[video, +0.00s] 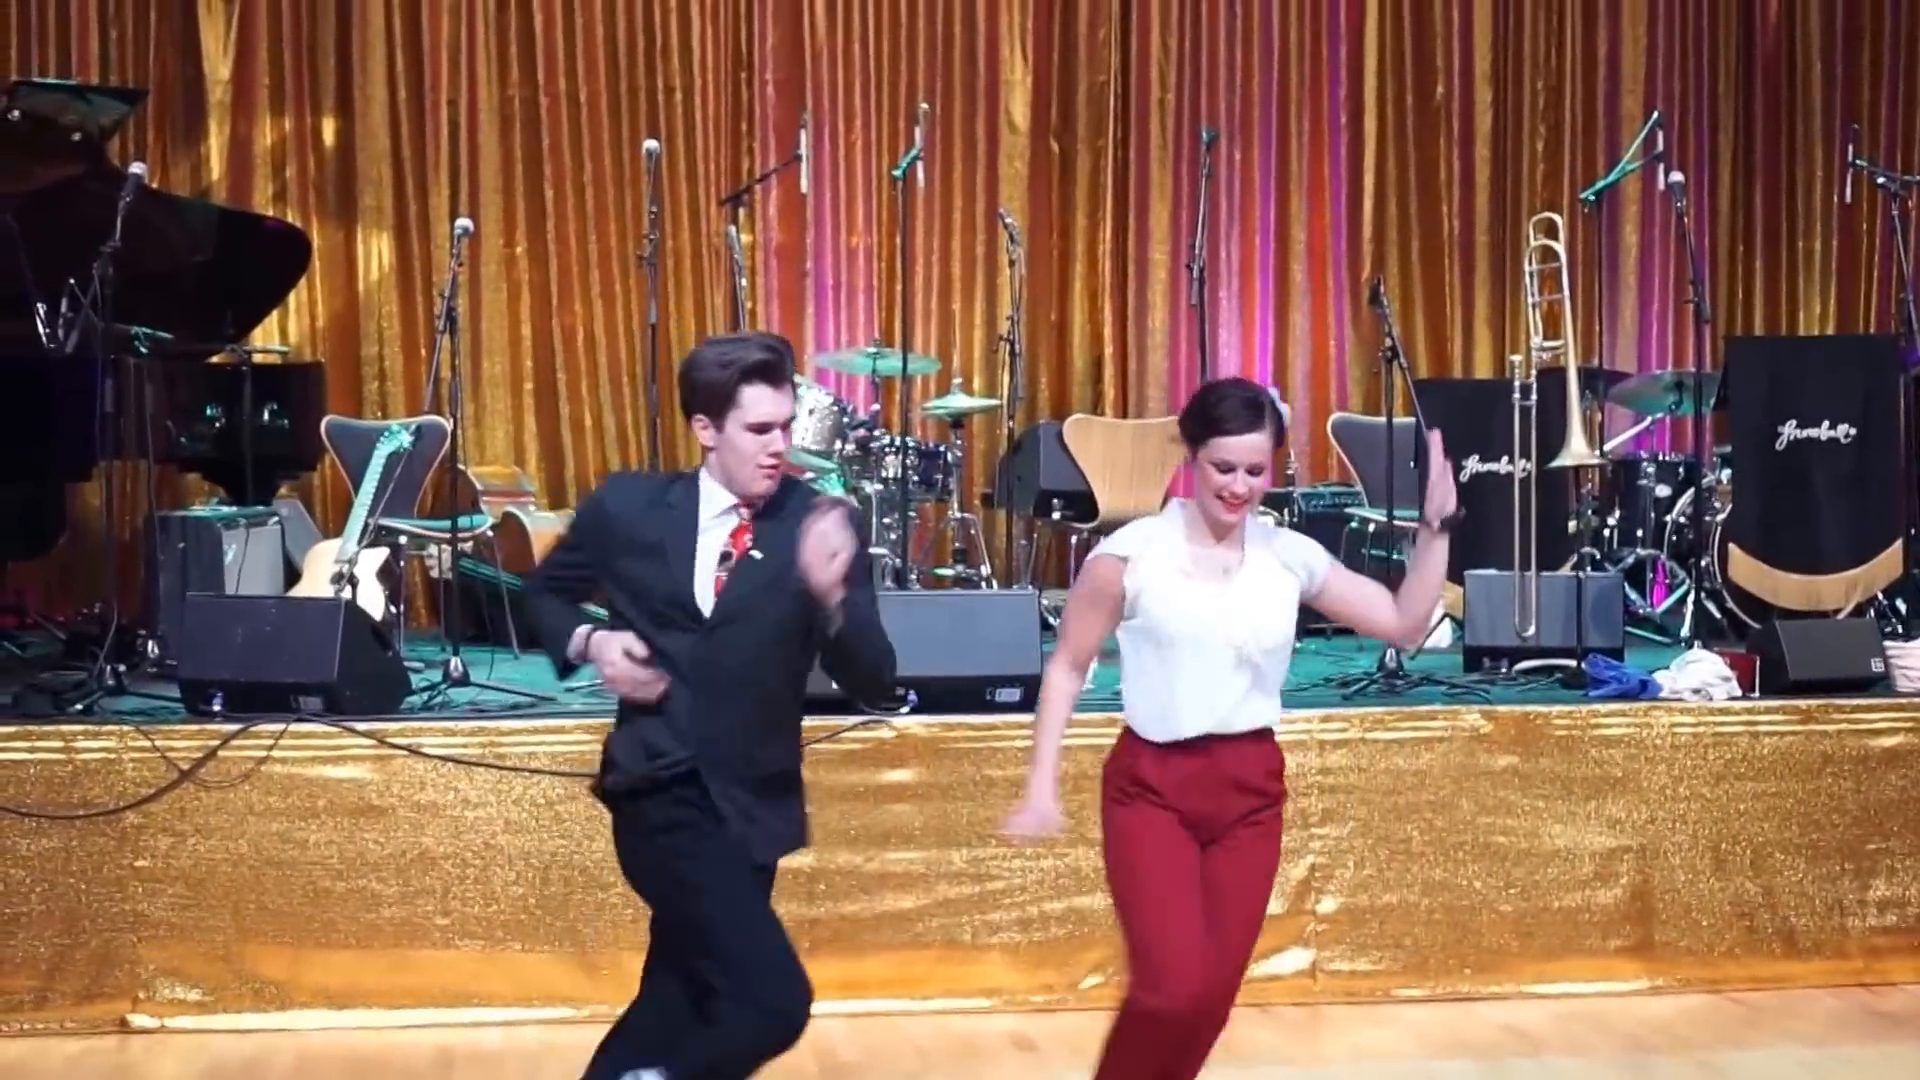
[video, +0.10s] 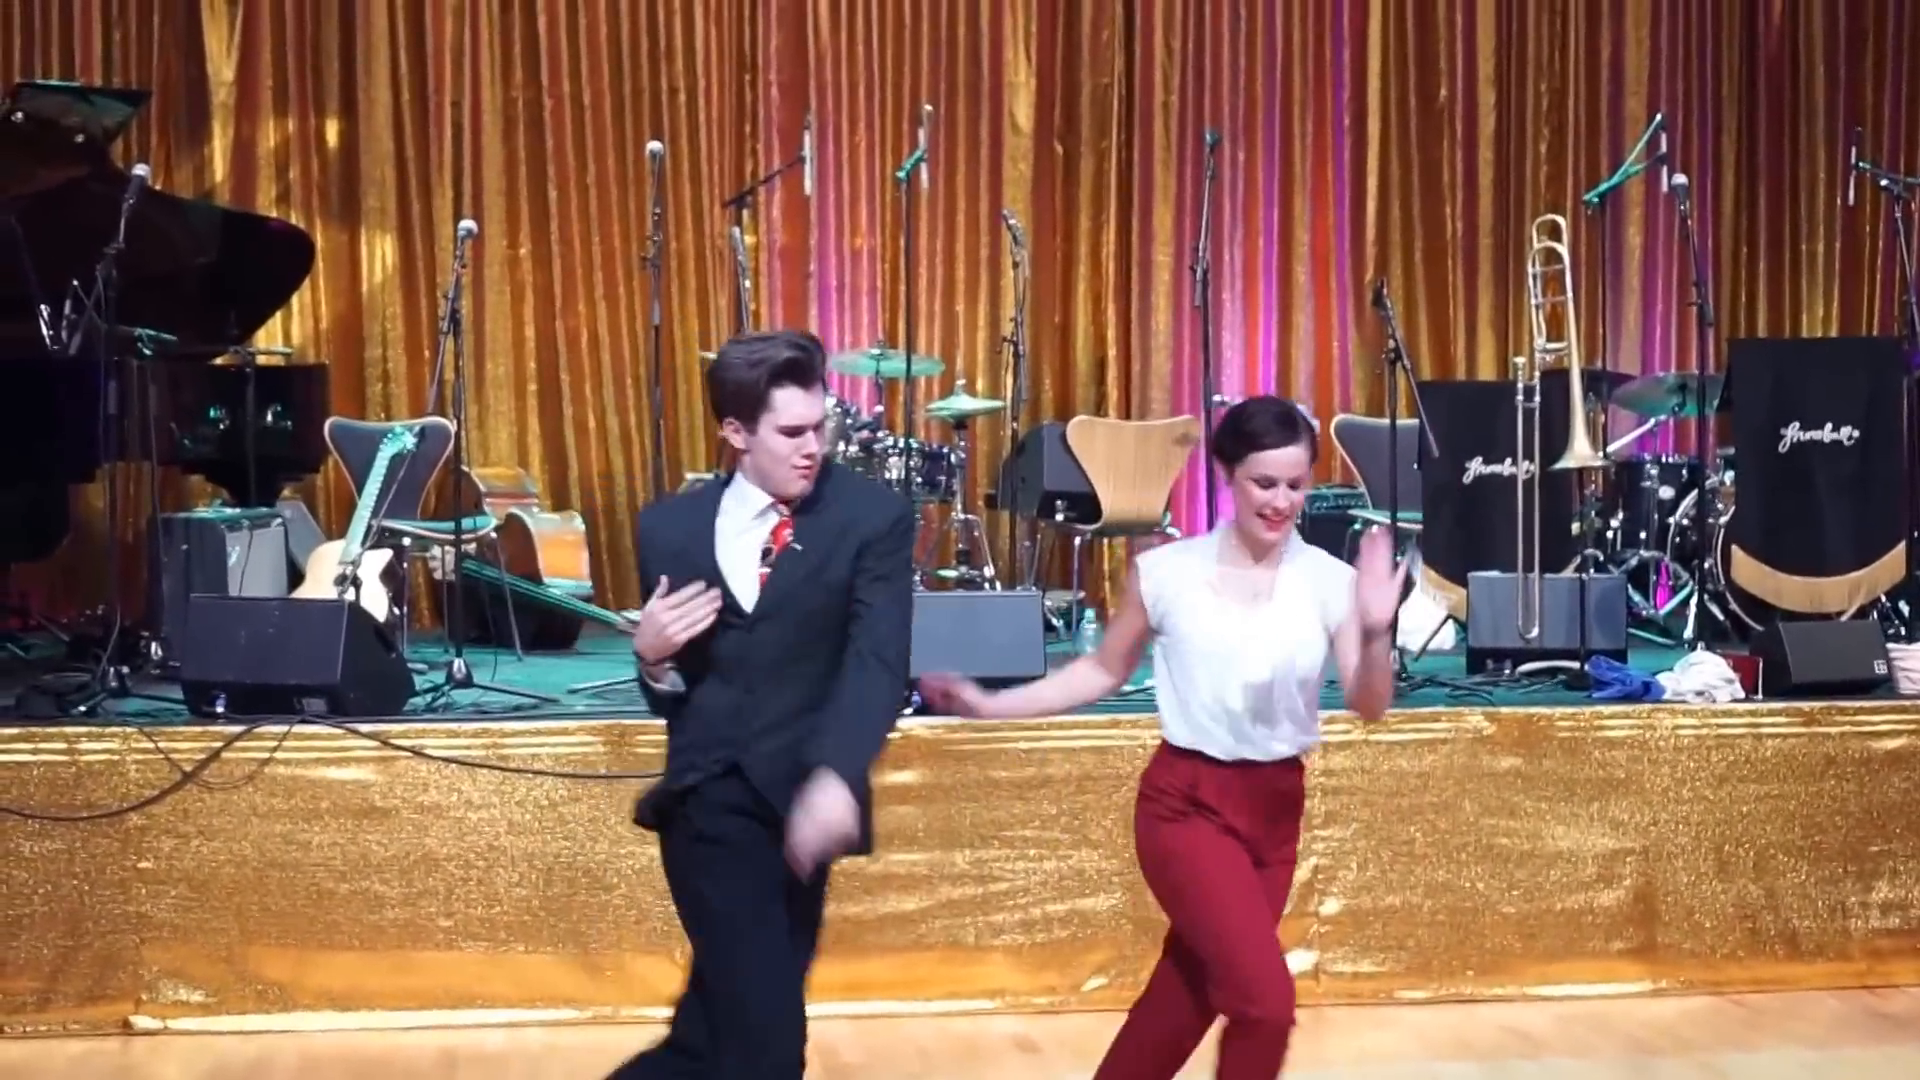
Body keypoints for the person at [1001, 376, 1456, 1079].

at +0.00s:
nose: (1239, 487)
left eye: (1255, 471)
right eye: (1223, 468)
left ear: (1274, 468)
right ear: (1190, 458)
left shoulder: (1289, 557)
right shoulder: (1127, 555)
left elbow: (1405, 625)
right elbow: (1068, 666)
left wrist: (1434, 528)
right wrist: (1041, 791)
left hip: (1250, 801)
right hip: (1150, 796)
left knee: (1207, 1008)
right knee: (1171, 994)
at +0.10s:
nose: (1281, 501)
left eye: (1296, 485)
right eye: (1264, 483)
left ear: (1311, 482)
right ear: (1227, 476)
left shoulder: (1330, 581)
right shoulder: (1163, 573)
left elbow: (1370, 704)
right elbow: (1102, 669)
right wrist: (991, 705)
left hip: (1274, 818)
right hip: (1182, 807)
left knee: (1163, 1030)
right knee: (1266, 1007)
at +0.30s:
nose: (1397, 497)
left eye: (1401, 479)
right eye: (1379, 480)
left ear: (1408, 481)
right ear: (1323, 483)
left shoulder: (1431, 584)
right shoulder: (1259, 586)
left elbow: (1462, 721)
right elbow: (1170, 664)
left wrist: (1496, 850)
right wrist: (1109, 603)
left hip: (1385, 835)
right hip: (1281, 829)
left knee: (1399, 1047)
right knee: (1286, 1053)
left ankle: (1302, 1074)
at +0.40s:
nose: (1458, 479)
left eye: (1462, 462)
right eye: (1443, 461)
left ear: (1466, 467)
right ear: (1384, 462)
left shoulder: (1488, 554)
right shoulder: (1309, 563)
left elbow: (1552, 651)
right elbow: (1203, 635)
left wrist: (1614, 729)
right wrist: (1172, 586)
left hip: (1437, 820)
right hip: (1326, 816)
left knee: (1535, 1014)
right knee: (1305, 1038)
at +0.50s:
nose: (1520, 460)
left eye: (1523, 441)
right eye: (1506, 441)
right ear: (1449, 443)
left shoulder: (1540, 509)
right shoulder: (1368, 532)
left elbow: (1623, 564)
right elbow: (1243, 602)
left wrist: (1686, 588)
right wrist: (1250, 565)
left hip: (1522, 792)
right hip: (1408, 796)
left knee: (1588, 1023)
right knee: (1387, 1033)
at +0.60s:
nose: (1575, 453)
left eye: (1576, 435)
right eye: (1560, 435)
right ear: (1504, 443)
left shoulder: (1589, 498)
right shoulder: (1421, 533)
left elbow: (1675, 502)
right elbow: (1276, 571)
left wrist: (1749, 502)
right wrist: (1332, 555)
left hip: (1597, 793)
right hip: (1485, 803)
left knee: (1625, 1032)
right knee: (1465, 1029)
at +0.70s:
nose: (1626, 443)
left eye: (1625, 426)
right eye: (1610, 427)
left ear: (1566, 433)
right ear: (1551, 435)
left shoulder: (1637, 487)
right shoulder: (1466, 523)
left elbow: (1715, 513)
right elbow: (1366, 615)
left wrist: (1831, 514)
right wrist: (1425, 583)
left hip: (1651, 784)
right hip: (1539, 790)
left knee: (1653, 1038)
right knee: (1531, 1039)